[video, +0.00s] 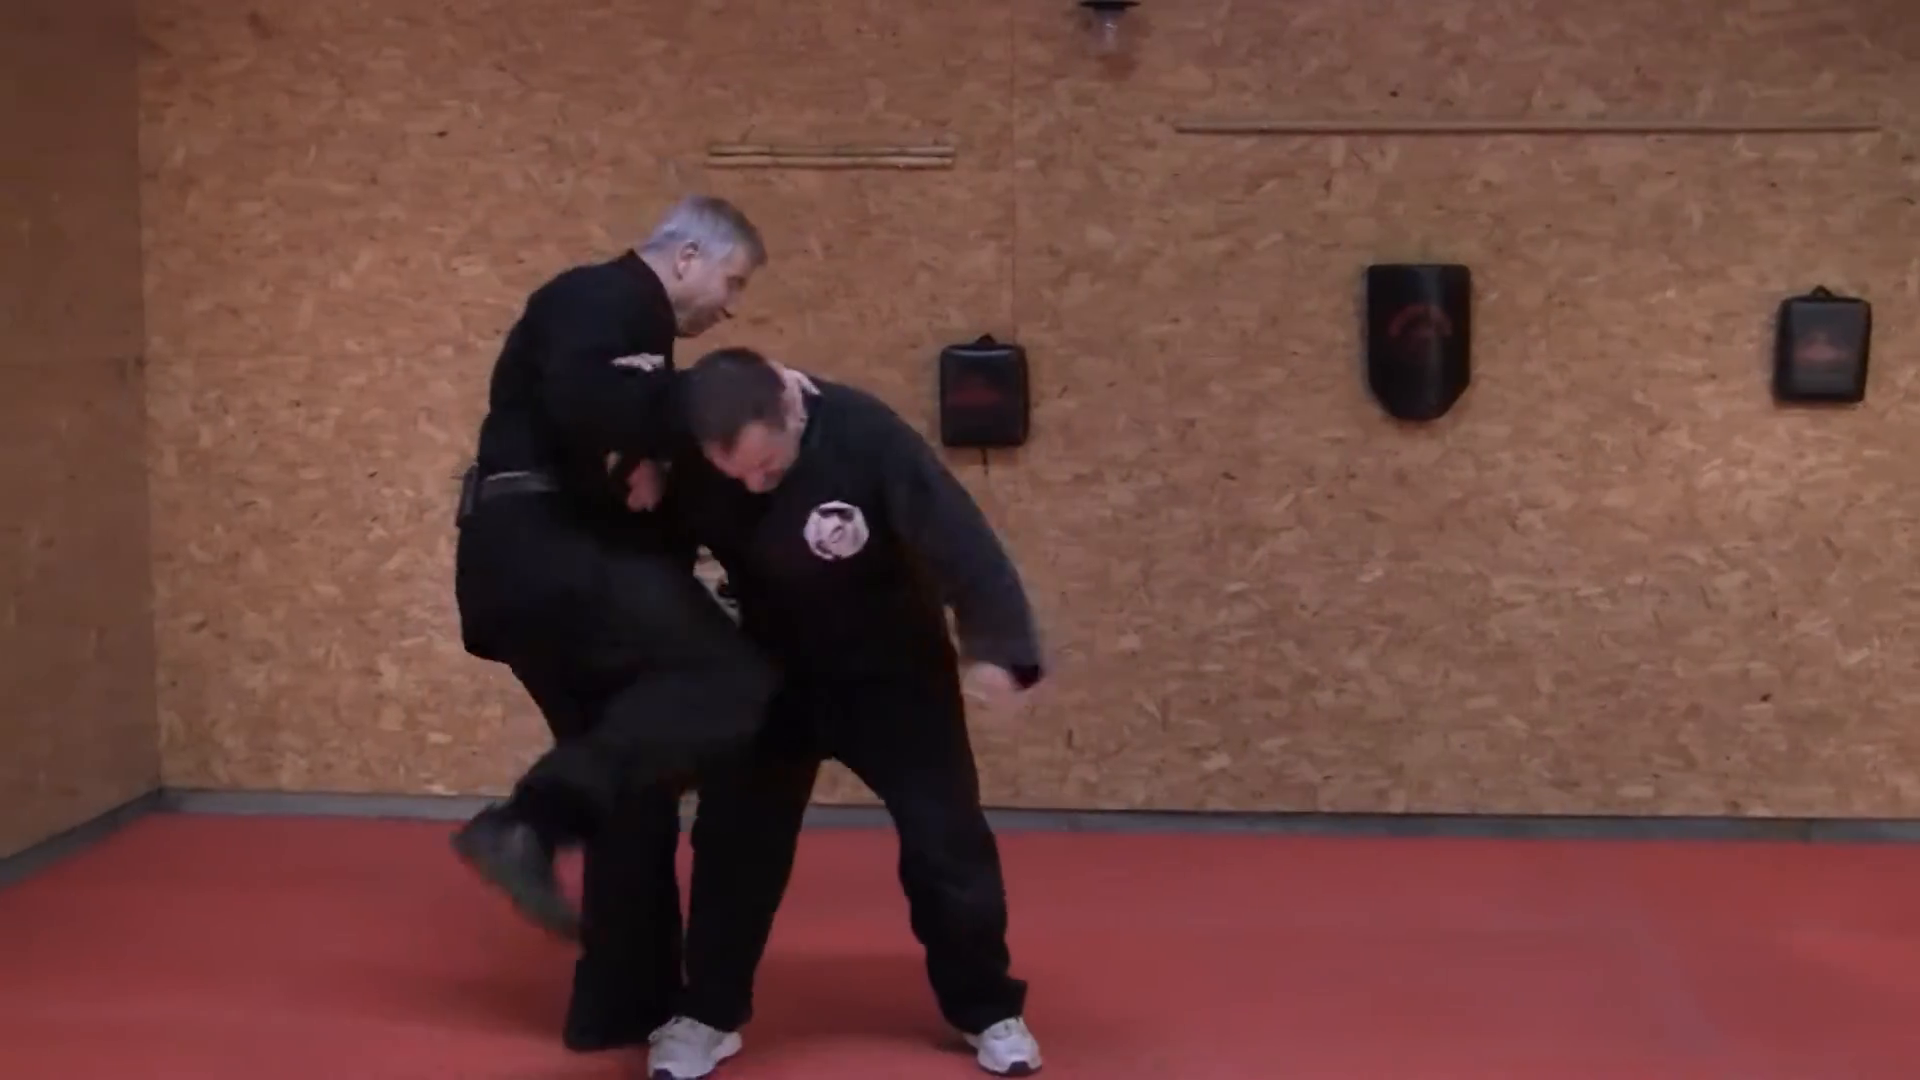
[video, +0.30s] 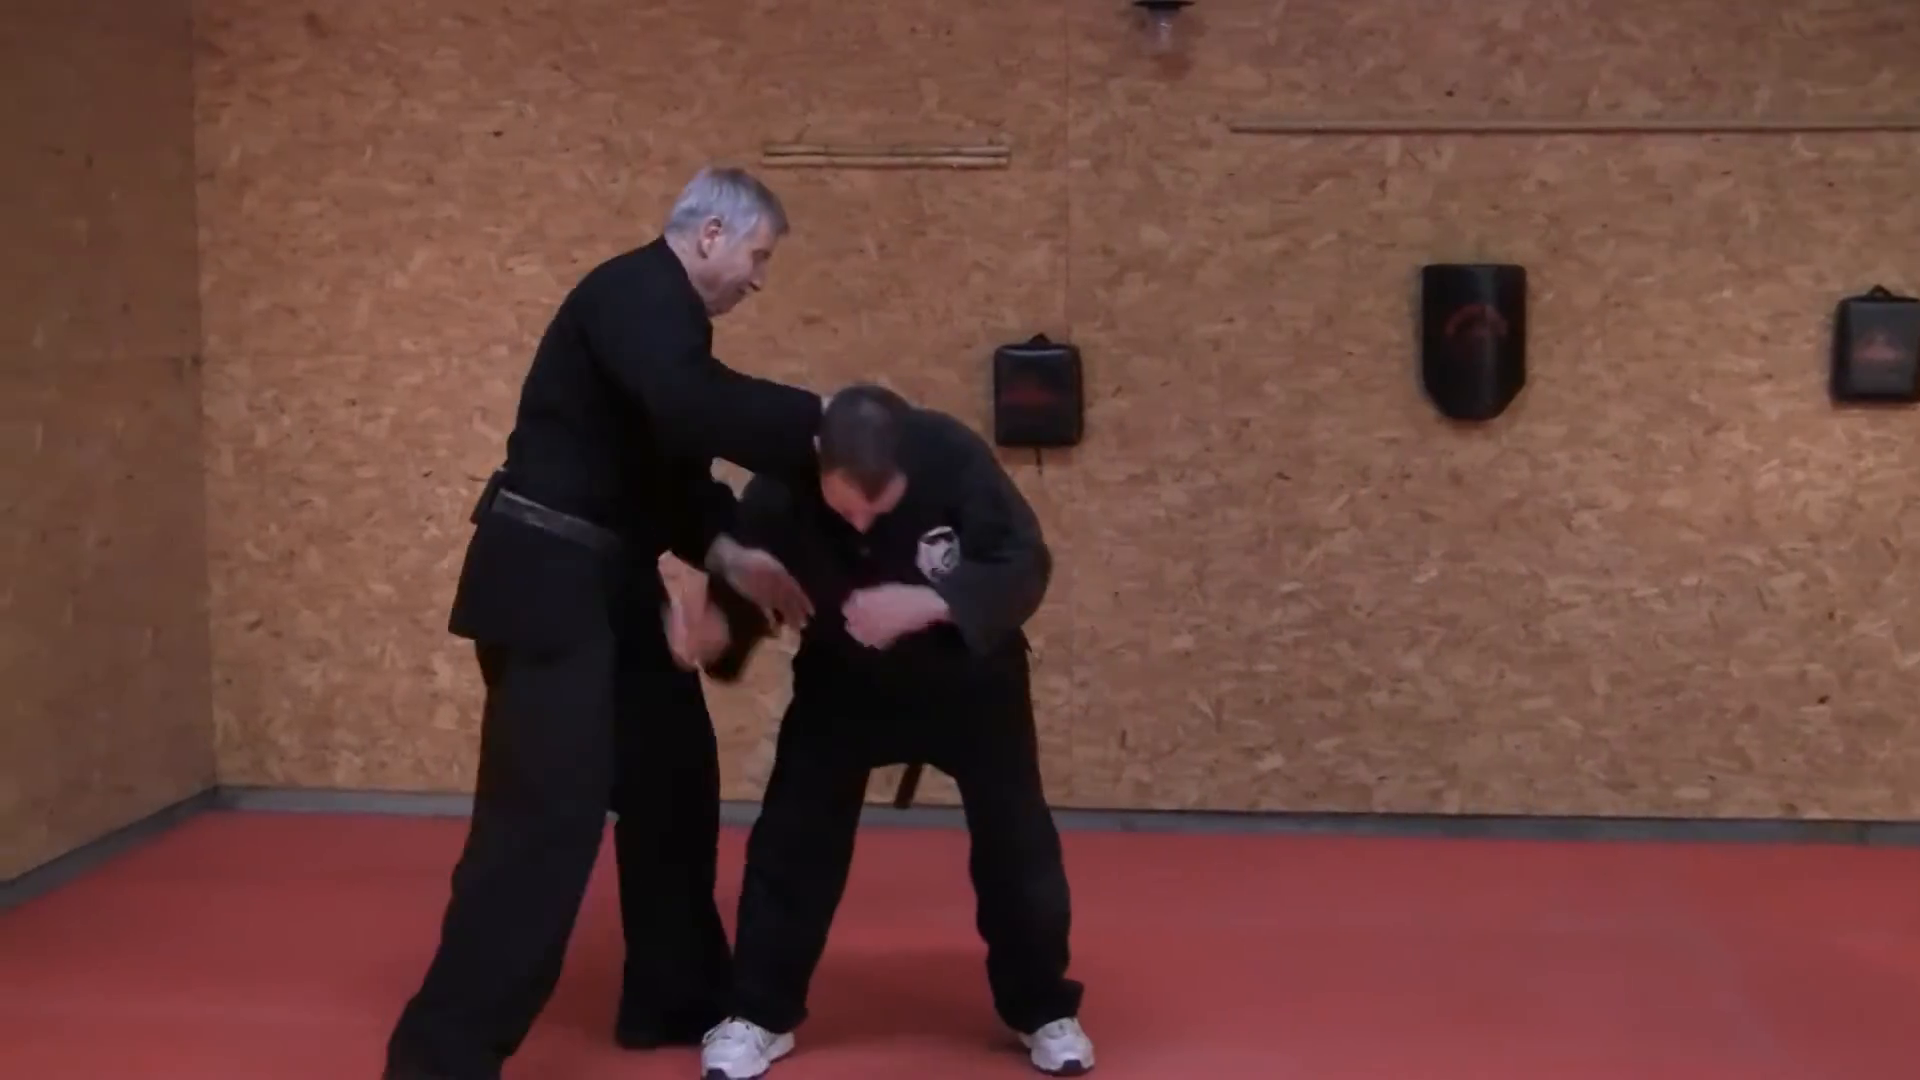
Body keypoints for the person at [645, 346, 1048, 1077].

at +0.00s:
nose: (757, 483)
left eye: (767, 464)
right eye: (737, 475)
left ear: (790, 408)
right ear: (706, 450)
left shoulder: (865, 439)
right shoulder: (694, 473)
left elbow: (956, 534)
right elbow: (656, 567)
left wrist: (1001, 644)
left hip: (897, 676)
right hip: (774, 679)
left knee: (947, 840)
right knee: (734, 842)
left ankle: (988, 1011)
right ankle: (709, 1012)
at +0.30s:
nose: (861, 521)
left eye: (875, 506)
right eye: (845, 507)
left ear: (902, 469)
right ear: (820, 468)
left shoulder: (951, 457)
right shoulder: (786, 484)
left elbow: (1024, 561)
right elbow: (742, 586)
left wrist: (934, 602)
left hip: (969, 672)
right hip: (843, 673)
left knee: (1016, 836)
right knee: (794, 834)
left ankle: (1041, 1009)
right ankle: (761, 1012)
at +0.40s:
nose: (873, 544)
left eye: (887, 531)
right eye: (857, 532)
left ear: (913, 488)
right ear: (829, 488)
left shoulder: (964, 461)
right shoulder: (792, 501)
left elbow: (1053, 546)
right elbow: (750, 595)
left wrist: (1015, 652)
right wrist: (747, 705)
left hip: (989, 673)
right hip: (867, 681)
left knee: (1043, 842)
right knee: (818, 840)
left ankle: (1061, 1008)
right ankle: (779, 1012)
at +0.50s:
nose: (867, 576)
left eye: (883, 564)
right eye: (851, 564)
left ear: (911, 526)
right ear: (824, 520)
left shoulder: (971, 474)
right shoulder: (796, 503)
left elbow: (1076, 545)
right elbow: (765, 568)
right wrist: (765, 650)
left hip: (1006, 666)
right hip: (880, 676)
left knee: (1057, 830)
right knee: (836, 830)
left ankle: (1082, 1010)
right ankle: (794, 1013)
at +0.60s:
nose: (850, 608)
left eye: (867, 600)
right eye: (838, 597)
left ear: (903, 554)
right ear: (819, 541)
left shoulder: (981, 503)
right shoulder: (791, 489)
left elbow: (1095, 559)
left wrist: (1177, 640)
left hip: (1008, 668)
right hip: (879, 672)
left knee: (1062, 832)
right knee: (837, 828)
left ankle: (1094, 1008)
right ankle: (811, 1012)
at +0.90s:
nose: (889, 623)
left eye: (901, 607)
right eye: (868, 613)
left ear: (920, 553)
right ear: (832, 569)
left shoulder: (976, 490)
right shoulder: (797, 547)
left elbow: (1068, 495)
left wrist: (1079, 616)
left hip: (1004, 657)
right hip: (879, 672)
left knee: (1073, 816)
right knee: (859, 831)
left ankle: (1123, 989)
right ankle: (847, 1011)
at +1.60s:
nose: (868, 521)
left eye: (870, 497)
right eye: (842, 518)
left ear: (872, 462)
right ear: (798, 517)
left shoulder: (923, 429)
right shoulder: (782, 545)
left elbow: (1009, 416)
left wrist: (1073, 511)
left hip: (1002, 624)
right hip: (883, 656)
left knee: (1051, 790)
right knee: (865, 817)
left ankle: (1086, 971)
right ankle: (859, 1011)